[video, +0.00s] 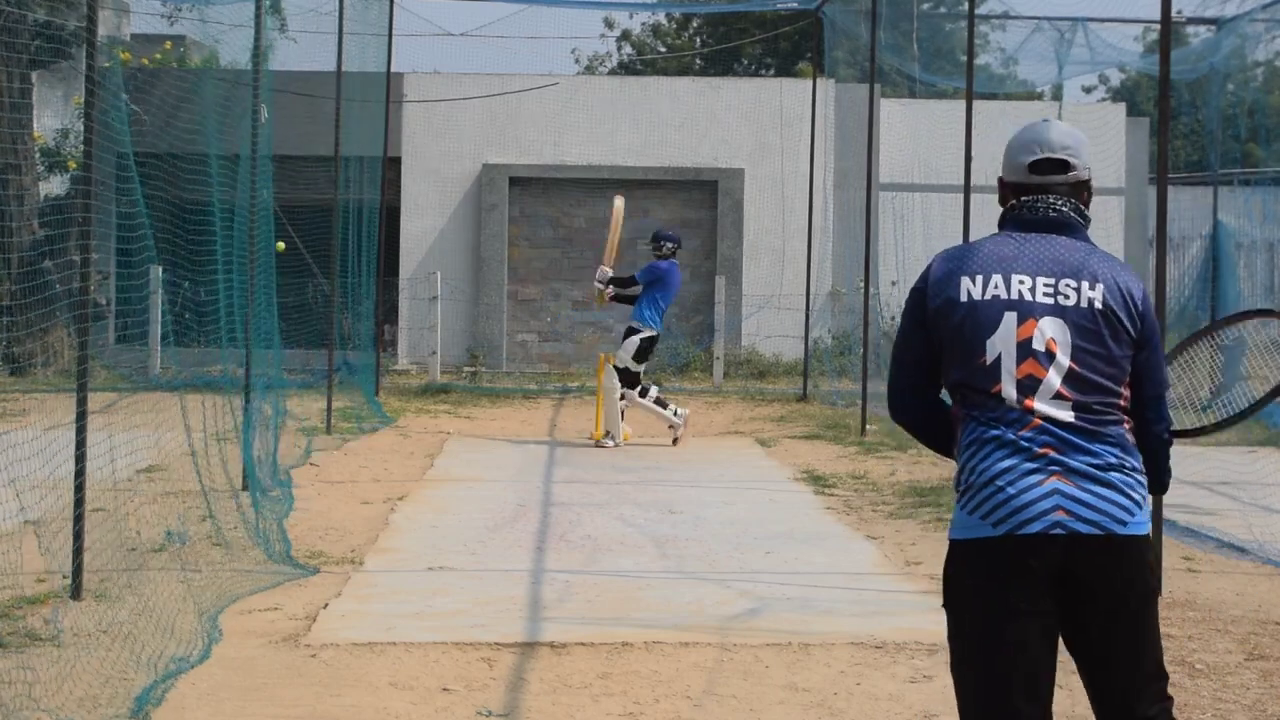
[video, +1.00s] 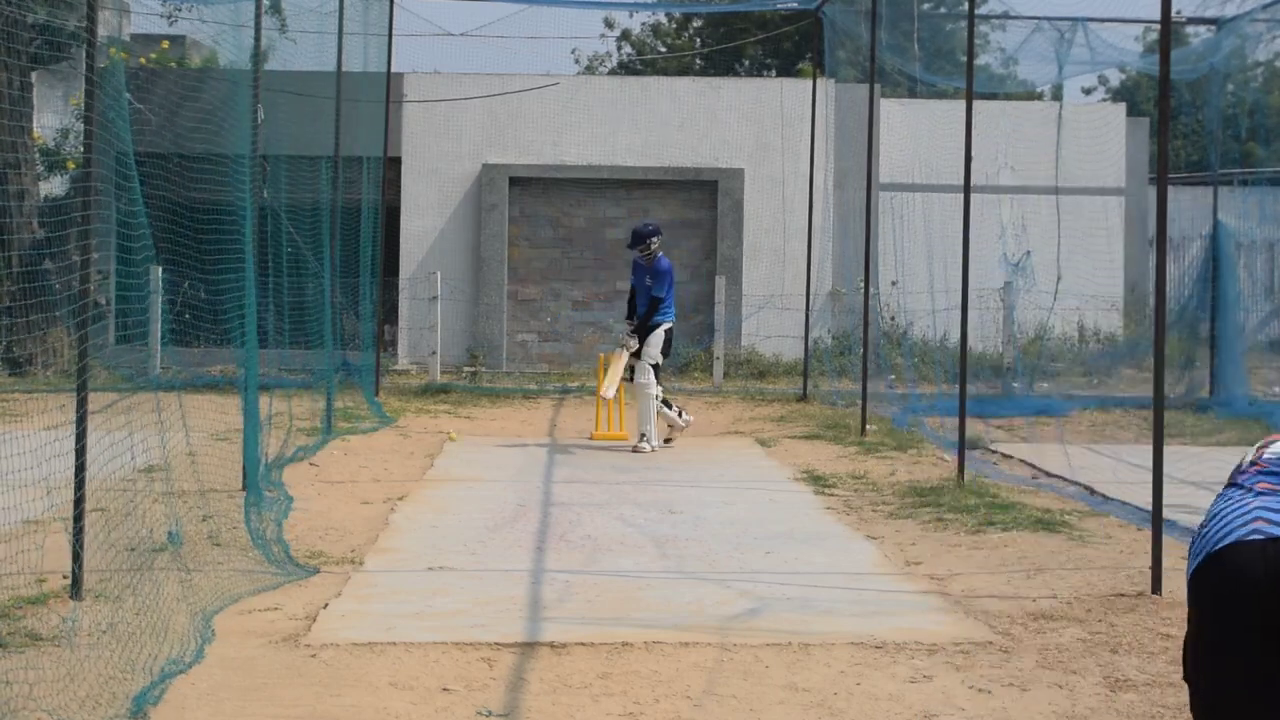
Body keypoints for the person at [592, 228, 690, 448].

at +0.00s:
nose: (653, 250)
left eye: (657, 247)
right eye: (654, 246)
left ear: (666, 248)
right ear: (671, 249)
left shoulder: (661, 267)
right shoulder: (671, 271)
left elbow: (627, 283)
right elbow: (641, 301)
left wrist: (607, 278)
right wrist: (613, 295)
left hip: (641, 332)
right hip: (644, 332)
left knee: (620, 383)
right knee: (627, 387)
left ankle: (614, 433)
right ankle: (675, 416)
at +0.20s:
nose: (668, 254)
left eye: (670, 250)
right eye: (667, 250)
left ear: (679, 250)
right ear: (687, 250)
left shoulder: (676, 269)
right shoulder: (690, 272)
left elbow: (649, 294)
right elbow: (663, 309)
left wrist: (624, 298)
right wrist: (633, 313)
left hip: (662, 336)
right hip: (671, 337)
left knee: (629, 379)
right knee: (668, 390)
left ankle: (616, 433)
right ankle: (699, 433)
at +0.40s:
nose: (673, 247)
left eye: (675, 243)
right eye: (672, 243)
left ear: (684, 242)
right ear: (691, 242)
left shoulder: (684, 262)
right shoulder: (694, 263)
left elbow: (656, 289)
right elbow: (667, 299)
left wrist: (630, 291)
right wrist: (638, 303)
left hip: (674, 329)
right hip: (683, 329)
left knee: (643, 371)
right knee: (679, 383)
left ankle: (638, 431)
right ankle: (700, 433)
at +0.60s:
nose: (668, 244)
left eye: (670, 240)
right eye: (667, 240)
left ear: (680, 239)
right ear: (684, 239)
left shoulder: (680, 261)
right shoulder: (689, 259)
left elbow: (657, 292)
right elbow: (659, 293)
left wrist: (626, 297)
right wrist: (632, 301)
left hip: (676, 327)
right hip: (684, 326)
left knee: (651, 372)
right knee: (686, 381)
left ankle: (648, 433)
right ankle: (701, 433)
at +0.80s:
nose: (655, 250)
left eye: (657, 246)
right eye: (654, 246)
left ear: (665, 244)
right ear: (670, 244)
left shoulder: (671, 266)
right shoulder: (668, 264)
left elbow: (655, 300)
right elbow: (656, 300)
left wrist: (628, 323)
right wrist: (636, 324)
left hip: (671, 328)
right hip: (664, 327)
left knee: (650, 375)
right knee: (677, 383)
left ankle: (648, 438)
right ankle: (701, 432)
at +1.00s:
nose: (640, 251)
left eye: (643, 246)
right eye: (638, 247)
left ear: (655, 243)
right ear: (638, 246)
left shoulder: (662, 267)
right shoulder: (638, 262)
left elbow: (655, 305)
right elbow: (633, 293)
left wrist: (636, 334)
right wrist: (631, 321)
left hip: (660, 327)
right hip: (642, 326)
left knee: (646, 376)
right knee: (636, 379)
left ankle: (648, 438)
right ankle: (676, 418)